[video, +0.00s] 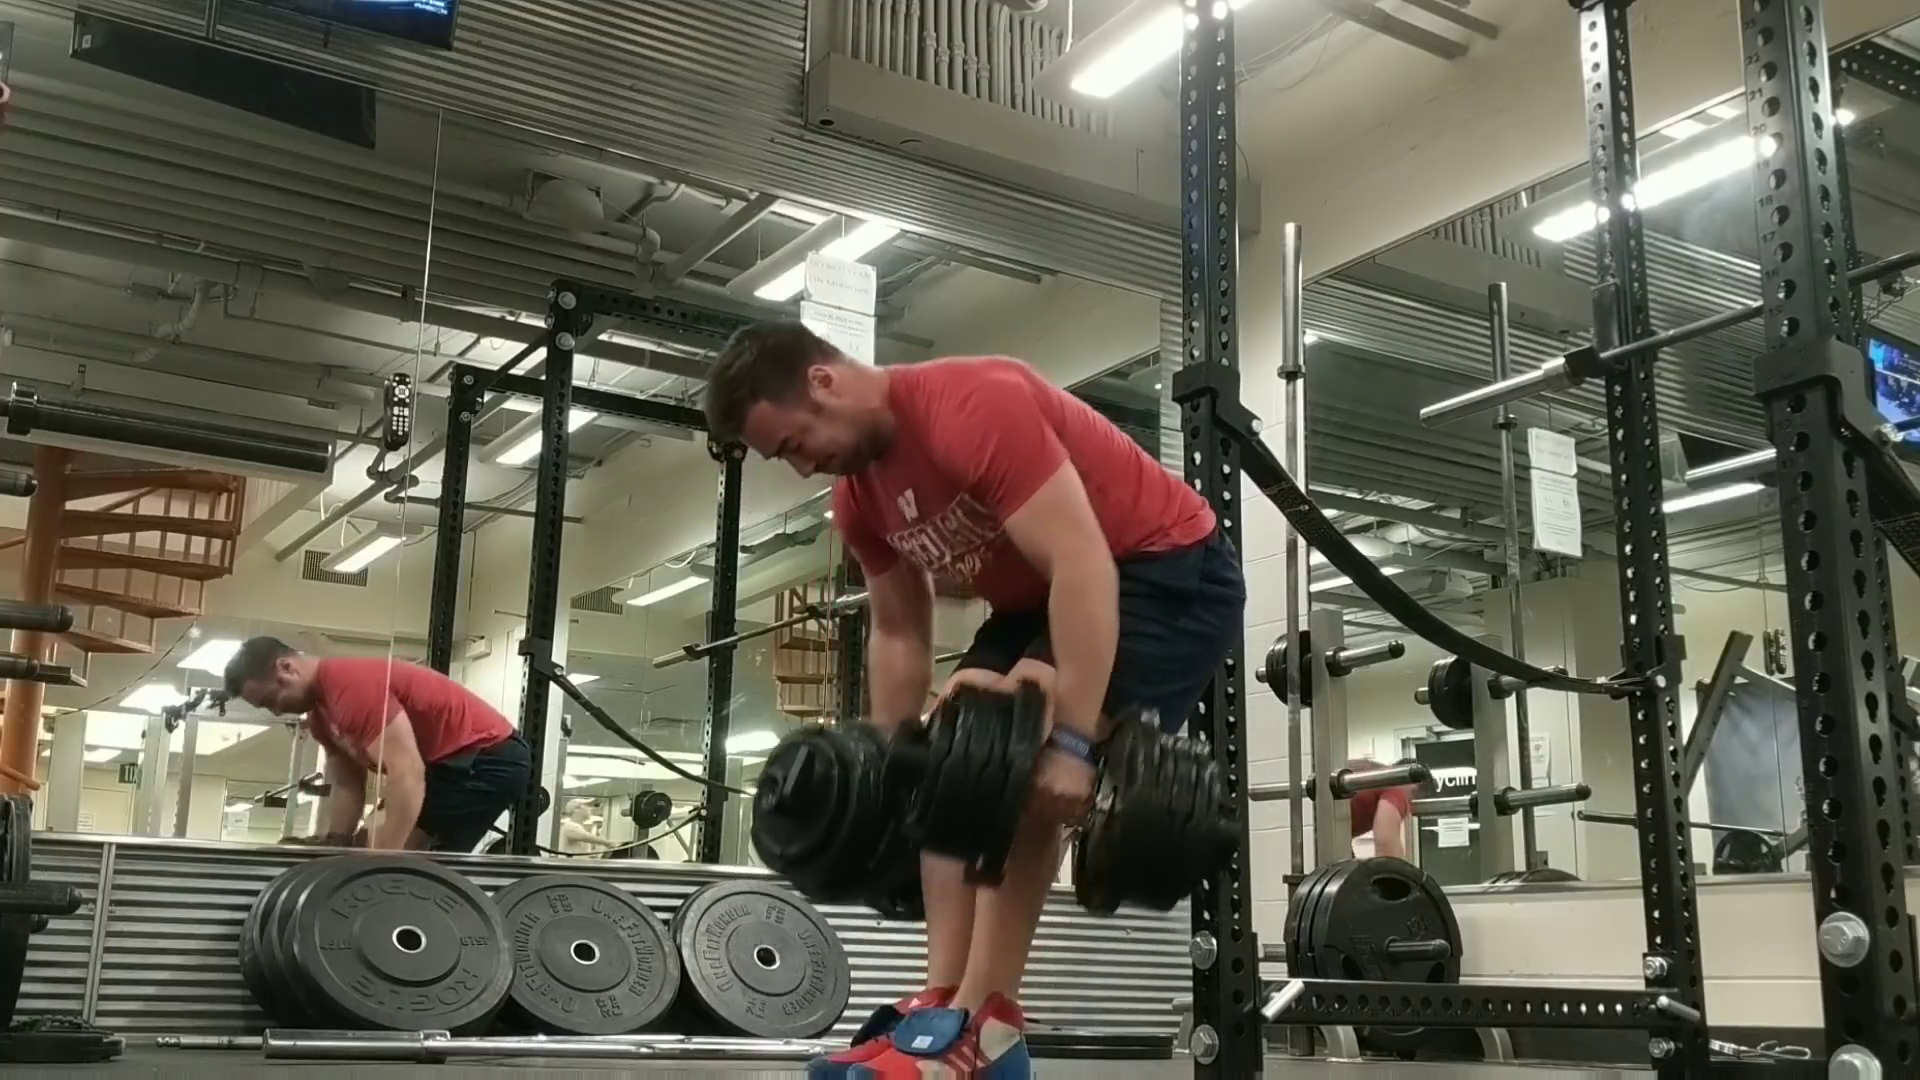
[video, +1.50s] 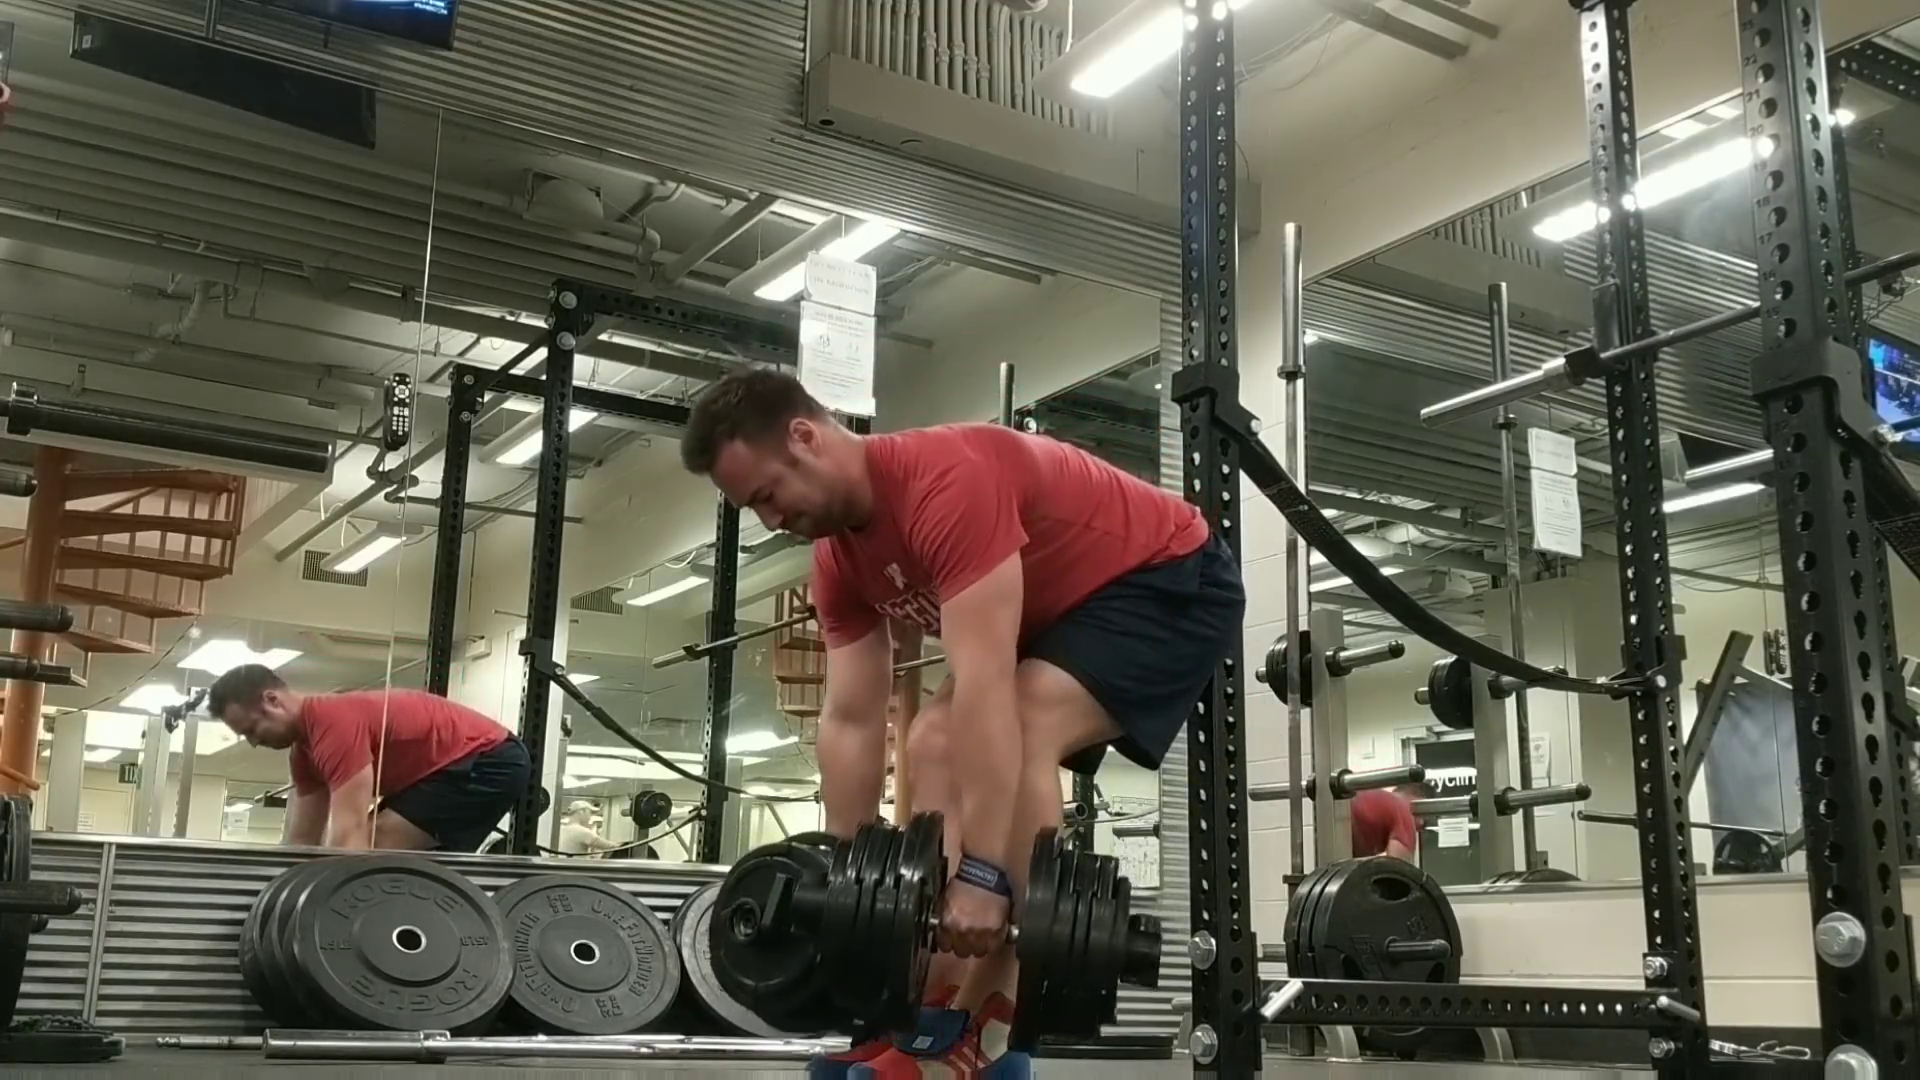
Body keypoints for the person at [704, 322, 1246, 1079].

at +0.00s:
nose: (802, 467)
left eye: (795, 442)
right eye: (784, 458)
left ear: (826, 380)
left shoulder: (976, 408)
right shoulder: (859, 502)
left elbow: (1082, 561)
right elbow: (897, 630)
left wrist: (1073, 740)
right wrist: (885, 778)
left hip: (1169, 569)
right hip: (1044, 594)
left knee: (1035, 762)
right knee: (949, 753)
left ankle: (990, 1017)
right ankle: (941, 1002)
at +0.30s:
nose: (856, 444)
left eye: (845, 426)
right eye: (840, 441)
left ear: (857, 357)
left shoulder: (1004, 349)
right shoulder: (883, 446)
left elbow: (1150, 463)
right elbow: (953, 553)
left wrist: (1140, 625)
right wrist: (928, 675)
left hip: (1160, 559)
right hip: (1052, 584)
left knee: (1019, 731)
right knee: (954, 735)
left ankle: (992, 1018)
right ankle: (942, 1005)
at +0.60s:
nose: (849, 466)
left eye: (837, 448)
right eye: (831, 462)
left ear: (846, 380)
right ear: (845, 383)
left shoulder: (995, 373)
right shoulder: (878, 463)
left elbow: (1149, 479)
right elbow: (942, 566)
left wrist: (1151, 646)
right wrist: (926, 694)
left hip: (1156, 562)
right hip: (1047, 587)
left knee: (1027, 736)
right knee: (956, 731)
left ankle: (992, 1018)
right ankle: (945, 1000)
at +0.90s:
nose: (808, 477)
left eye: (798, 457)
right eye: (790, 471)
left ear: (823, 390)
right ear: (823, 393)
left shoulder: (976, 407)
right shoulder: (857, 493)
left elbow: (1051, 590)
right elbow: (885, 641)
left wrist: (1055, 774)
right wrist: (872, 794)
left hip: (1163, 570)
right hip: (1043, 596)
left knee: (1028, 743)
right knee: (947, 746)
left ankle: (989, 1018)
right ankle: (944, 999)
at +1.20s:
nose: (773, 512)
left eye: (769, 487)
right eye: (757, 500)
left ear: (807, 426)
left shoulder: (955, 465)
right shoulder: (845, 546)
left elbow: (989, 667)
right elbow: (855, 704)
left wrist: (991, 854)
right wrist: (848, 866)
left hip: (1167, 578)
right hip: (1062, 611)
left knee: (1012, 735)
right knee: (939, 739)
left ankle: (992, 1027)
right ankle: (936, 1016)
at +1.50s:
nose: (767, 520)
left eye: (766, 495)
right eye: (751, 509)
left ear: (807, 437)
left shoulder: (953, 482)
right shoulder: (842, 560)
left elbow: (985, 683)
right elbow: (851, 719)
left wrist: (982, 875)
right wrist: (845, 884)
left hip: (1169, 576)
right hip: (1062, 612)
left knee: (1019, 727)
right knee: (935, 740)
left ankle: (988, 1033)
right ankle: (930, 1019)